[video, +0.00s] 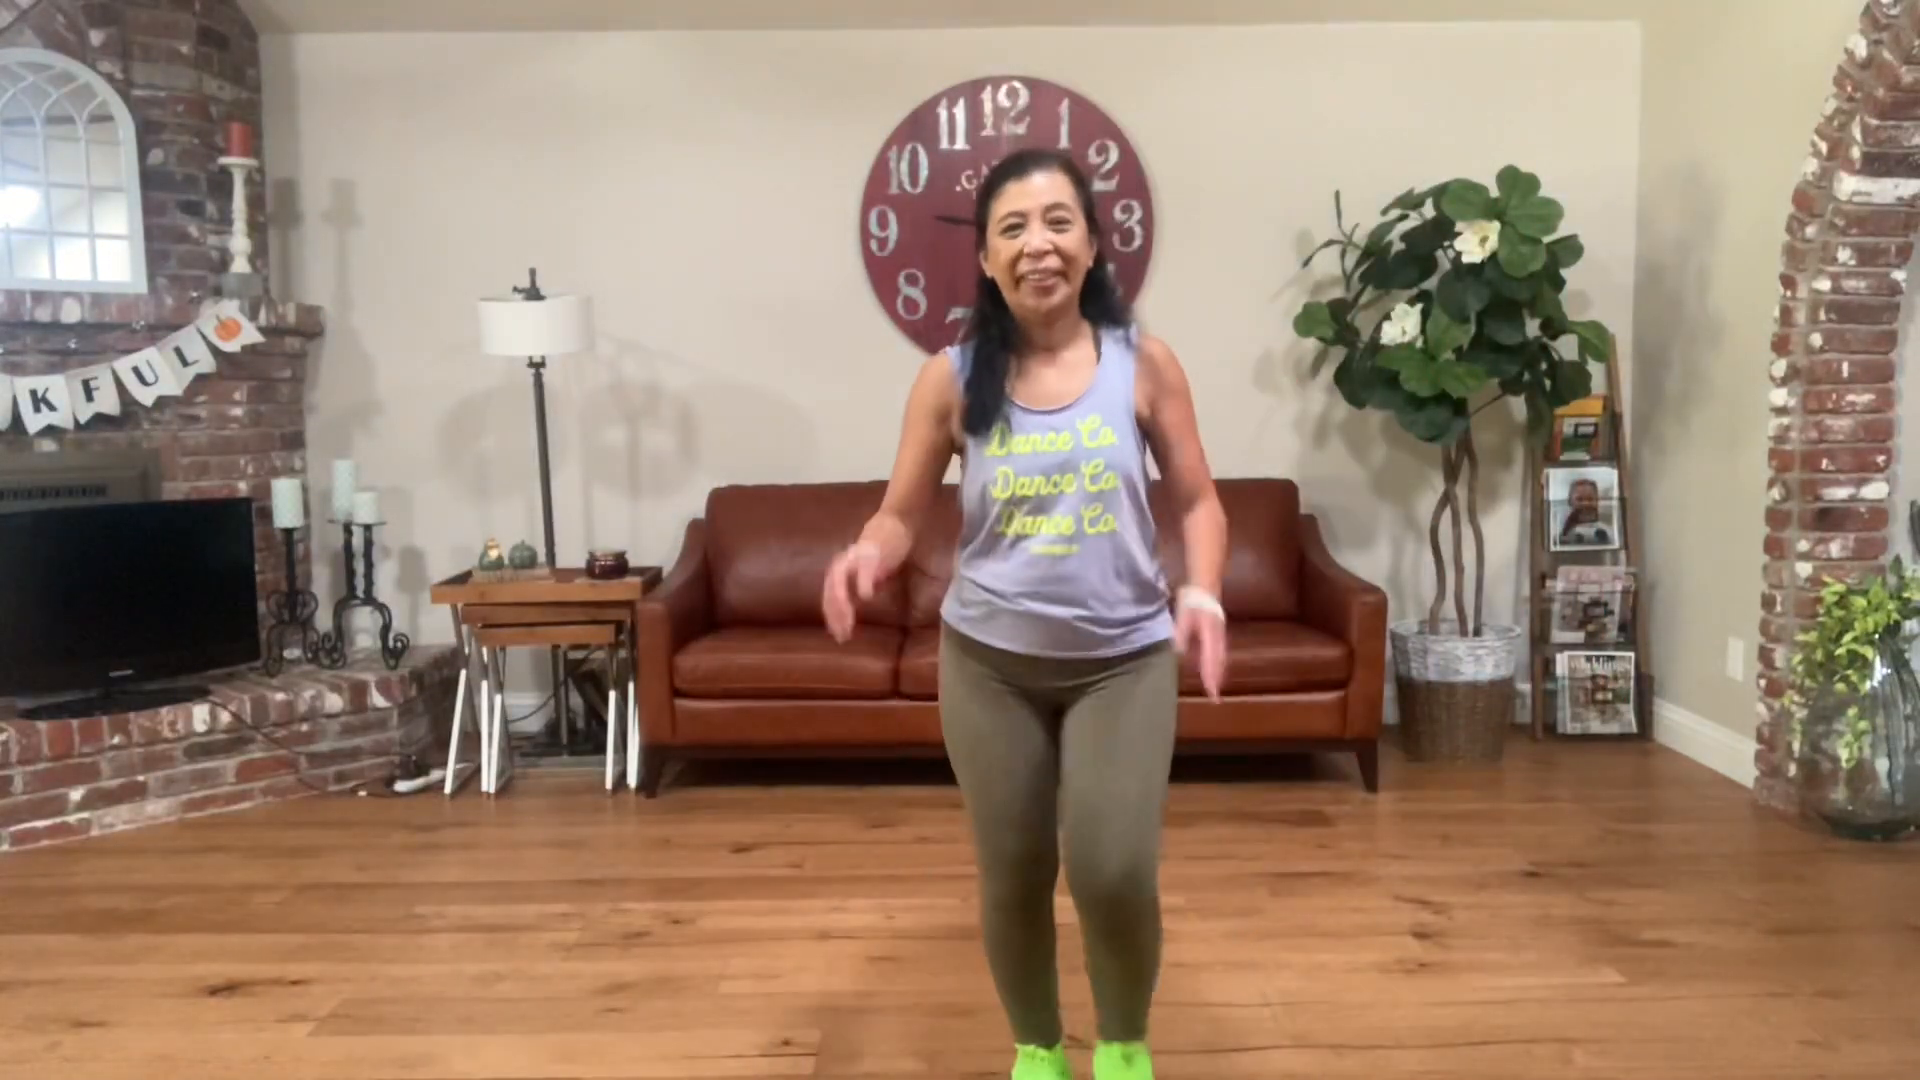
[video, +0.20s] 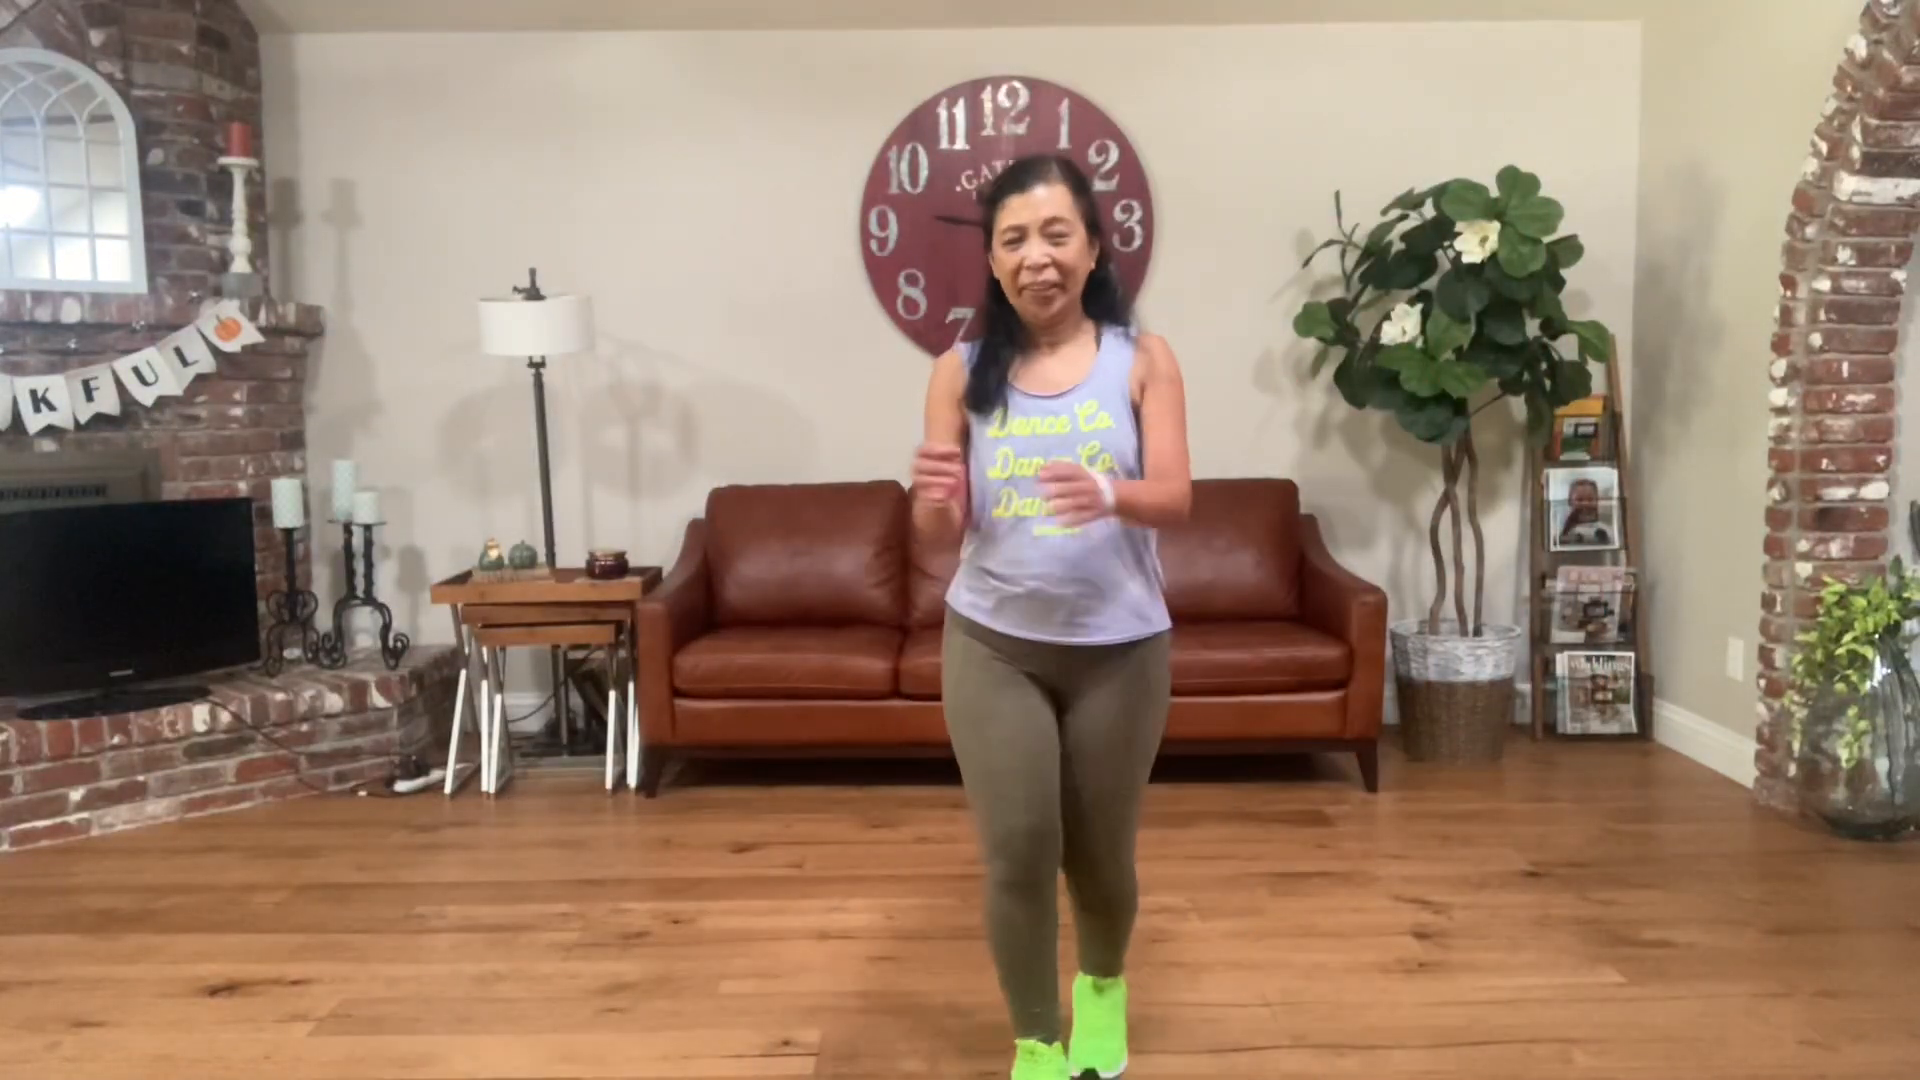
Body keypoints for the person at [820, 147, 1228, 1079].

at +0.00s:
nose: (1039, 244)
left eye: (1059, 222)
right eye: (1014, 228)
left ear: (1092, 244)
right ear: (986, 259)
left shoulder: (1144, 366)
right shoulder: (951, 378)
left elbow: (1198, 503)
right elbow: (899, 515)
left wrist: (1201, 591)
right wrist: (871, 548)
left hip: (1125, 661)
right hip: (988, 662)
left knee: (1113, 870)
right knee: (1013, 871)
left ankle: (1123, 1048)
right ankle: (1036, 1053)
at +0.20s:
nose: (1037, 257)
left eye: (1057, 233)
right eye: (1014, 239)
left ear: (1093, 246)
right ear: (992, 259)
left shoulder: (1143, 358)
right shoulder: (961, 371)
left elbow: (1173, 498)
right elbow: (940, 533)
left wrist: (1111, 493)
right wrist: (936, 502)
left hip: (1119, 651)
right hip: (990, 649)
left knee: (1098, 855)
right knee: (1017, 857)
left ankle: (1103, 988)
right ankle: (1037, 1044)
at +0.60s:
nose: (1014, 257)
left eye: (1032, 237)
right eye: (994, 242)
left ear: (1066, 257)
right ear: (971, 266)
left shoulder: (1116, 369)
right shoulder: (949, 375)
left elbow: (1179, 475)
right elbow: (931, 478)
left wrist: (1122, 565)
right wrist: (924, 548)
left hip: (1096, 622)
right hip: (978, 617)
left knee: (1091, 810)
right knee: (944, 794)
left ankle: (1099, 985)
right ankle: (946, 932)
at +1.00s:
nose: (930, 283)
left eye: (948, 267)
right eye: (913, 268)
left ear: (972, 285)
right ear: (888, 285)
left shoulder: (1005, 390)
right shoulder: (855, 380)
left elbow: (1044, 500)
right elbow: (815, 481)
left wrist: (1015, 532)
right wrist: (786, 501)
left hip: (985, 619)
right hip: (876, 617)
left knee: (1025, 794)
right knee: (869, 785)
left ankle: (1086, 975)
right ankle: (871, 914)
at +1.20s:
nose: (922, 301)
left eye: (936, 285)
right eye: (903, 286)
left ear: (952, 299)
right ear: (869, 301)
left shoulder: (976, 392)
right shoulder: (833, 388)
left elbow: (979, 514)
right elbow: (794, 510)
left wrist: (924, 467)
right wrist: (782, 455)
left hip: (961, 606)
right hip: (855, 606)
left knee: (971, 771)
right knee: (856, 774)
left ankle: (1017, 926)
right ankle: (870, 916)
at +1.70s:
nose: (973, 295)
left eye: (984, 281)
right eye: (952, 283)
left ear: (997, 297)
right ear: (913, 304)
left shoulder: (1015, 390)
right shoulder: (875, 393)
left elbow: (1039, 474)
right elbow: (818, 483)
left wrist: (1057, 515)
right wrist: (828, 525)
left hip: (985, 603)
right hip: (880, 600)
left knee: (1050, 751)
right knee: (875, 764)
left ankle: (1044, 888)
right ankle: (871, 912)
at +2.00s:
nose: (1032, 279)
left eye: (1047, 264)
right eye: (1013, 267)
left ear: (1071, 281)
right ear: (990, 289)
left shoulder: (1103, 370)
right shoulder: (965, 379)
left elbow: (1131, 454)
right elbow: (933, 476)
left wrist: (1157, 486)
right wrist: (924, 509)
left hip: (1092, 599)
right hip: (987, 597)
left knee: (1114, 755)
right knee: (938, 753)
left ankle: (1140, 900)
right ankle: (878, 908)